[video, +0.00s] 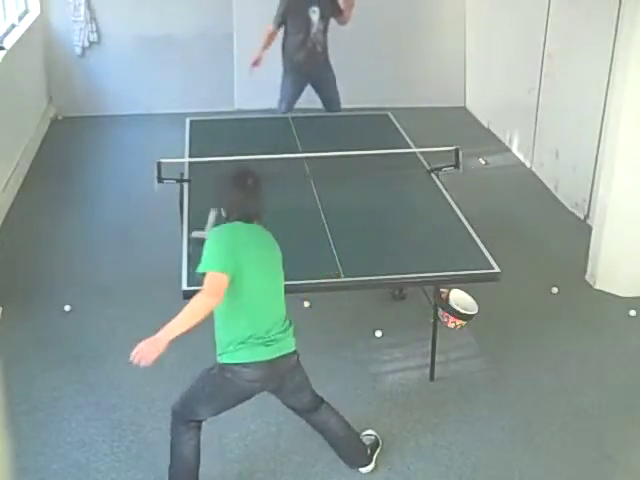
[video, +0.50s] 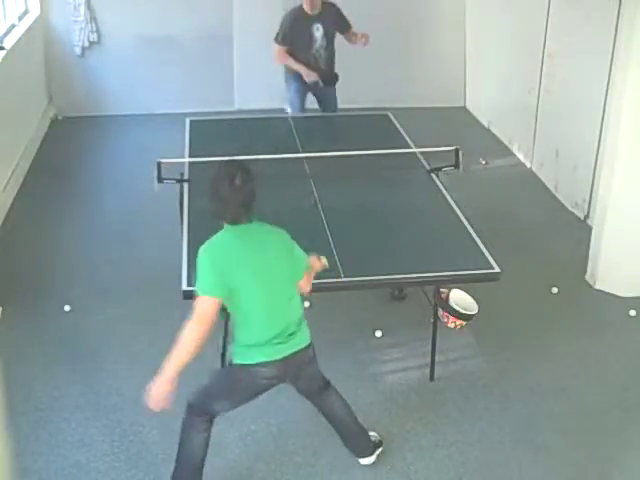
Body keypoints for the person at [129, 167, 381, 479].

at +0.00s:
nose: (218, 201)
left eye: (221, 194)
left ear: (225, 201)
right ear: (255, 202)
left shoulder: (221, 237)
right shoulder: (268, 239)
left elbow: (212, 294)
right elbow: (268, 291)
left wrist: (160, 339)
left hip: (243, 367)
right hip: (284, 360)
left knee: (185, 414)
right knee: (314, 408)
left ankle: (181, 474)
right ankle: (362, 456)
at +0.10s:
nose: (223, 196)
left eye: (225, 190)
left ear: (226, 196)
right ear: (256, 196)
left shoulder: (226, 235)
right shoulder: (267, 233)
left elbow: (223, 292)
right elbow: (268, 287)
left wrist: (184, 338)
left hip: (250, 362)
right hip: (288, 353)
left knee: (193, 417)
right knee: (317, 405)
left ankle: (185, 476)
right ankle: (363, 456)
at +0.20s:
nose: (225, 192)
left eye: (225, 185)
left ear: (224, 189)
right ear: (259, 187)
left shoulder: (229, 230)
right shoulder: (272, 225)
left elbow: (233, 291)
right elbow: (275, 282)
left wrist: (213, 343)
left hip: (254, 355)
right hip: (293, 344)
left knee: (203, 418)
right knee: (321, 401)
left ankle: (188, 475)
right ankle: (365, 457)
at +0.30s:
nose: (223, 189)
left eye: (223, 181)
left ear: (224, 187)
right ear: (260, 184)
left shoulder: (231, 232)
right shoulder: (277, 223)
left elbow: (237, 295)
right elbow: (283, 276)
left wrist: (226, 355)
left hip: (259, 354)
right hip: (299, 343)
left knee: (210, 420)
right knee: (325, 398)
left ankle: (190, 475)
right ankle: (366, 455)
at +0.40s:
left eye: (221, 186)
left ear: (221, 192)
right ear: (258, 188)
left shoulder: (226, 241)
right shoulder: (277, 227)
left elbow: (227, 310)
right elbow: (291, 249)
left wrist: (208, 370)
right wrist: (302, 249)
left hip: (262, 359)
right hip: (304, 345)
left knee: (208, 416)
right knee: (324, 390)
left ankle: (187, 475)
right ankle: (365, 449)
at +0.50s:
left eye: (217, 195)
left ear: (216, 201)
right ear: (251, 198)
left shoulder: (213, 251)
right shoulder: (278, 236)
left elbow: (202, 321)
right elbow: (304, 286)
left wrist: (167, 376)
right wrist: (313, 267)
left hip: (255, 365)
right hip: (300, 353)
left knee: (200, 409)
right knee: (323, 391)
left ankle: (184, 475)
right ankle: (365, 448)